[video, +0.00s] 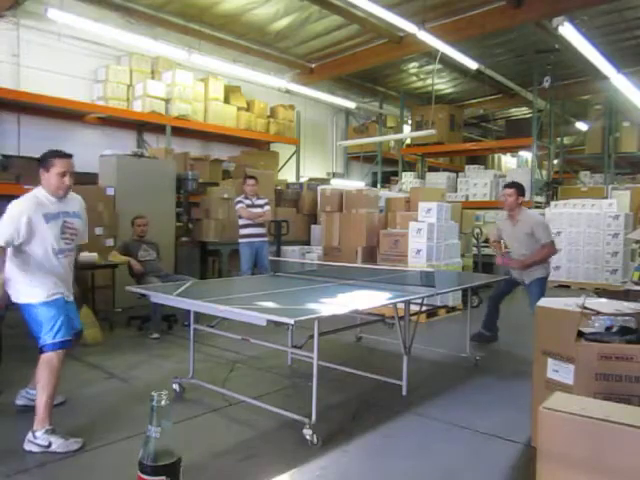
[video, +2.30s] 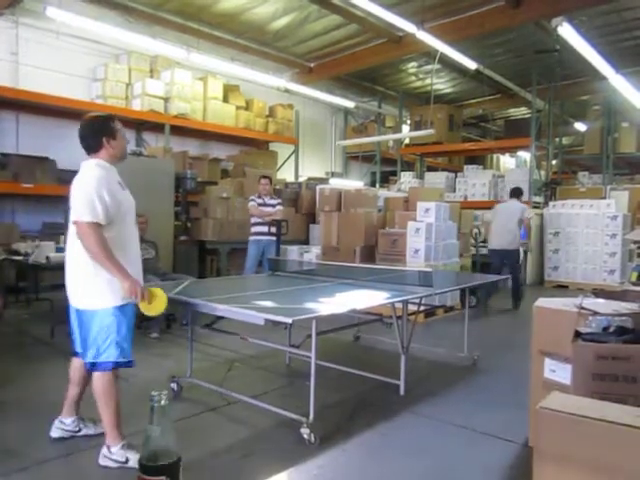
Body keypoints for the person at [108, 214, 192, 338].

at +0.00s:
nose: (142, 228)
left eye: (145, 225)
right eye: (139, 226)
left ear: (148, 227)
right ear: (133, 228)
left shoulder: (153, 245)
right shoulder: (128, 244)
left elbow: (158, 262)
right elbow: (112, 256)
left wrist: (163, 272)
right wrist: (130, 260)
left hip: (161, 274)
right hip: (145, 276)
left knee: (192, 283)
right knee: (159, 292)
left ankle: (188, 320)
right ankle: (154, 329)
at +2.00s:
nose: (140, 226)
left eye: (143, 223)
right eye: (137, 223)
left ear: (146, 225)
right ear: (131, 225)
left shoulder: (152, 244)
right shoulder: (125, 243)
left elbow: (156, 262)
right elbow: (114, 254)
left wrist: (161, 271)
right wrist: (128, 258)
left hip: (159, 273)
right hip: (142, 273)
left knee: (189, 281)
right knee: (160, 288)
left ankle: (186, 319)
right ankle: (154, 328)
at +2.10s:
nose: (140, 226)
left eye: (143, 223)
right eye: (136, 223)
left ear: (146, 225)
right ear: (131, 226)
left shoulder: (152, 244)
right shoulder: (126, 244)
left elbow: (155, 264)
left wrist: (165, 274)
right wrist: (128, 260)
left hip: (158, 274)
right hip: (142, 276)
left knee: (189, 281)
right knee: (158, 290)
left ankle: (186, 320)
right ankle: (154, 328)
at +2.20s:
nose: (140, 226)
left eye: (143, 223)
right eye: (136, 223)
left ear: (147, 225)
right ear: (131, 225)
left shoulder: (152, 244)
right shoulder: (128, 244)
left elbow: (156, 263)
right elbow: (130, 262)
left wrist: (161, 273)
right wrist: (141, 272)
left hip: (159, 274)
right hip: (143, 275)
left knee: (189, 281)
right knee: (162, 290)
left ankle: (186, 318)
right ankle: (155, 327)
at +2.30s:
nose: (142, 226)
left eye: (144, 223)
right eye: (139, 224)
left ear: (147, 225)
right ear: (134, 225)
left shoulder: (152, 245)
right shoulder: (130, 243)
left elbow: (156, 266)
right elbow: (132, 266)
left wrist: (165, 274)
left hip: (157, 274)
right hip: (142, 275)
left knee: (190, 282)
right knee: (158, 288)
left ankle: (186, 319)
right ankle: (154, 327)